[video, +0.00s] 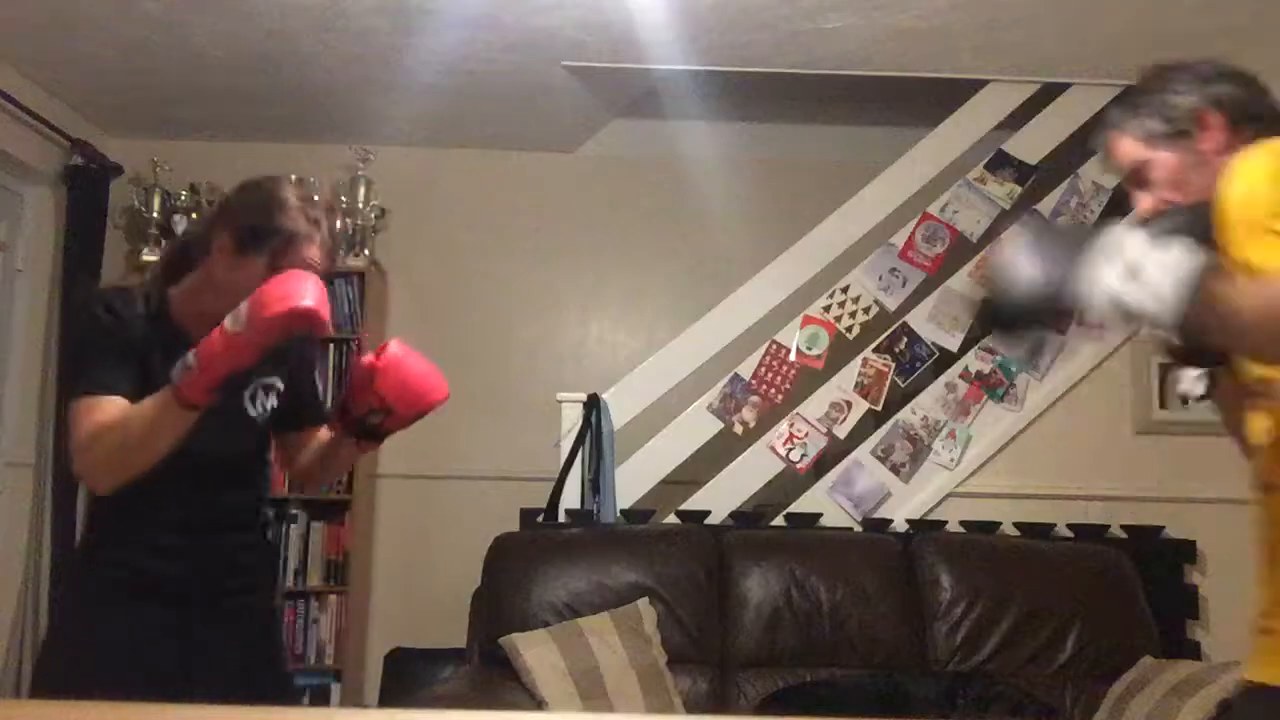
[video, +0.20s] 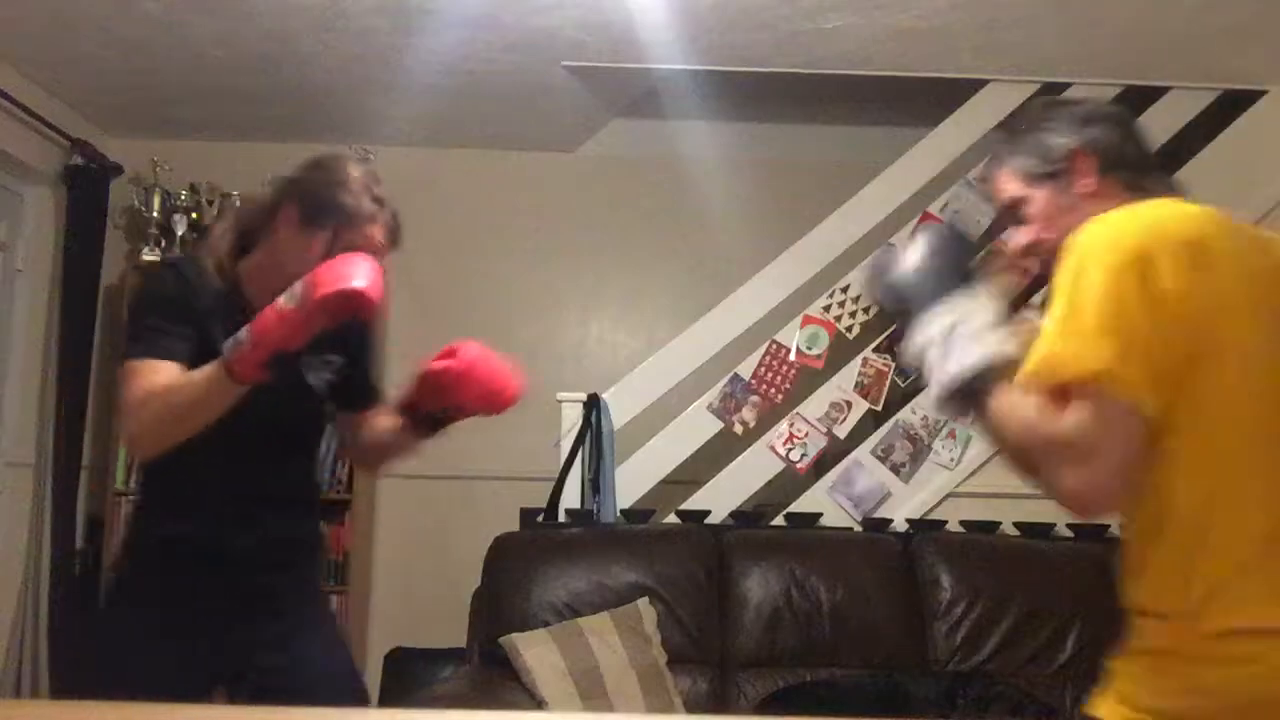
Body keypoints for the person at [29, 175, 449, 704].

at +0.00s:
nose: (288, 296)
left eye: (302, 280)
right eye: (279, 274)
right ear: (225, 250)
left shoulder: (282, 346)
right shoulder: (118, 321)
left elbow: (305, 473)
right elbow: (98, 464)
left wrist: (357, 428)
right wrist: (218, 359)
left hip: (239, 633)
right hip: (121, 632)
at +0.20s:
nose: (355, 273)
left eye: (367, 261)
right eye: (348, 252)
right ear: (291, 223)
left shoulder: (340, 318)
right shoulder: (180, 289)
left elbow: (364, 446)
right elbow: (142, 430)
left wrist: (422, 416)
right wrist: (258, 346)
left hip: (285, 594)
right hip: (167, 588)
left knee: (341, 715)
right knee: (131, 719)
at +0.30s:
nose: (372, 296)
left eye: (387, 285)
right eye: (365, 276)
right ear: (315, 252)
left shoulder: (371, 340)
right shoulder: (213, 322)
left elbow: (453, 459)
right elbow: (185, 449)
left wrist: (512, 400)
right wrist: (295, 351)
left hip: (318, 633)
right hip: (195, 629)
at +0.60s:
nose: (297, 285)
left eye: (312, 275)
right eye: (289, 261)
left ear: (330, 272)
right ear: (257, 240)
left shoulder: (326, 331)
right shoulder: (161, 295)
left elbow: (389, 448)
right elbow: (164, 411)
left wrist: (462, 391)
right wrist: (280, 303)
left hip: (263, 603)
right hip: (149, 599)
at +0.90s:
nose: (319, 278)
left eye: (334, 267)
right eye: (314, 259)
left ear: (341, 264)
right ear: (263, 231)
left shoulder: (330, 320)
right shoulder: (156, 291)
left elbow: (433, 408)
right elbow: (121, 416)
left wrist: (504, 353)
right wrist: (253, 333)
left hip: (277, 612)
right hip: (149, 604)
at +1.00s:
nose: (337, 305)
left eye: (351, 290)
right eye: (330, 281)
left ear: (352, 281)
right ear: (279, 256)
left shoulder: (340, 331)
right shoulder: (175, 318)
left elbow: (483, 389)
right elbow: (142, 446)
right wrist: (268, 355)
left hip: (293, 628)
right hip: (169, 625)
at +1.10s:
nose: (334, 295)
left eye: (347, 278)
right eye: (327, 270)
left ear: (349, 275)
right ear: (273, 248)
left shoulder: (331, 333)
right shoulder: (168, 318)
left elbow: (447, 415)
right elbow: (150, 453)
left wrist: (551, 367)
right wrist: (266, 358)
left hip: (277, 619)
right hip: (157, 618)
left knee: (320, 710)